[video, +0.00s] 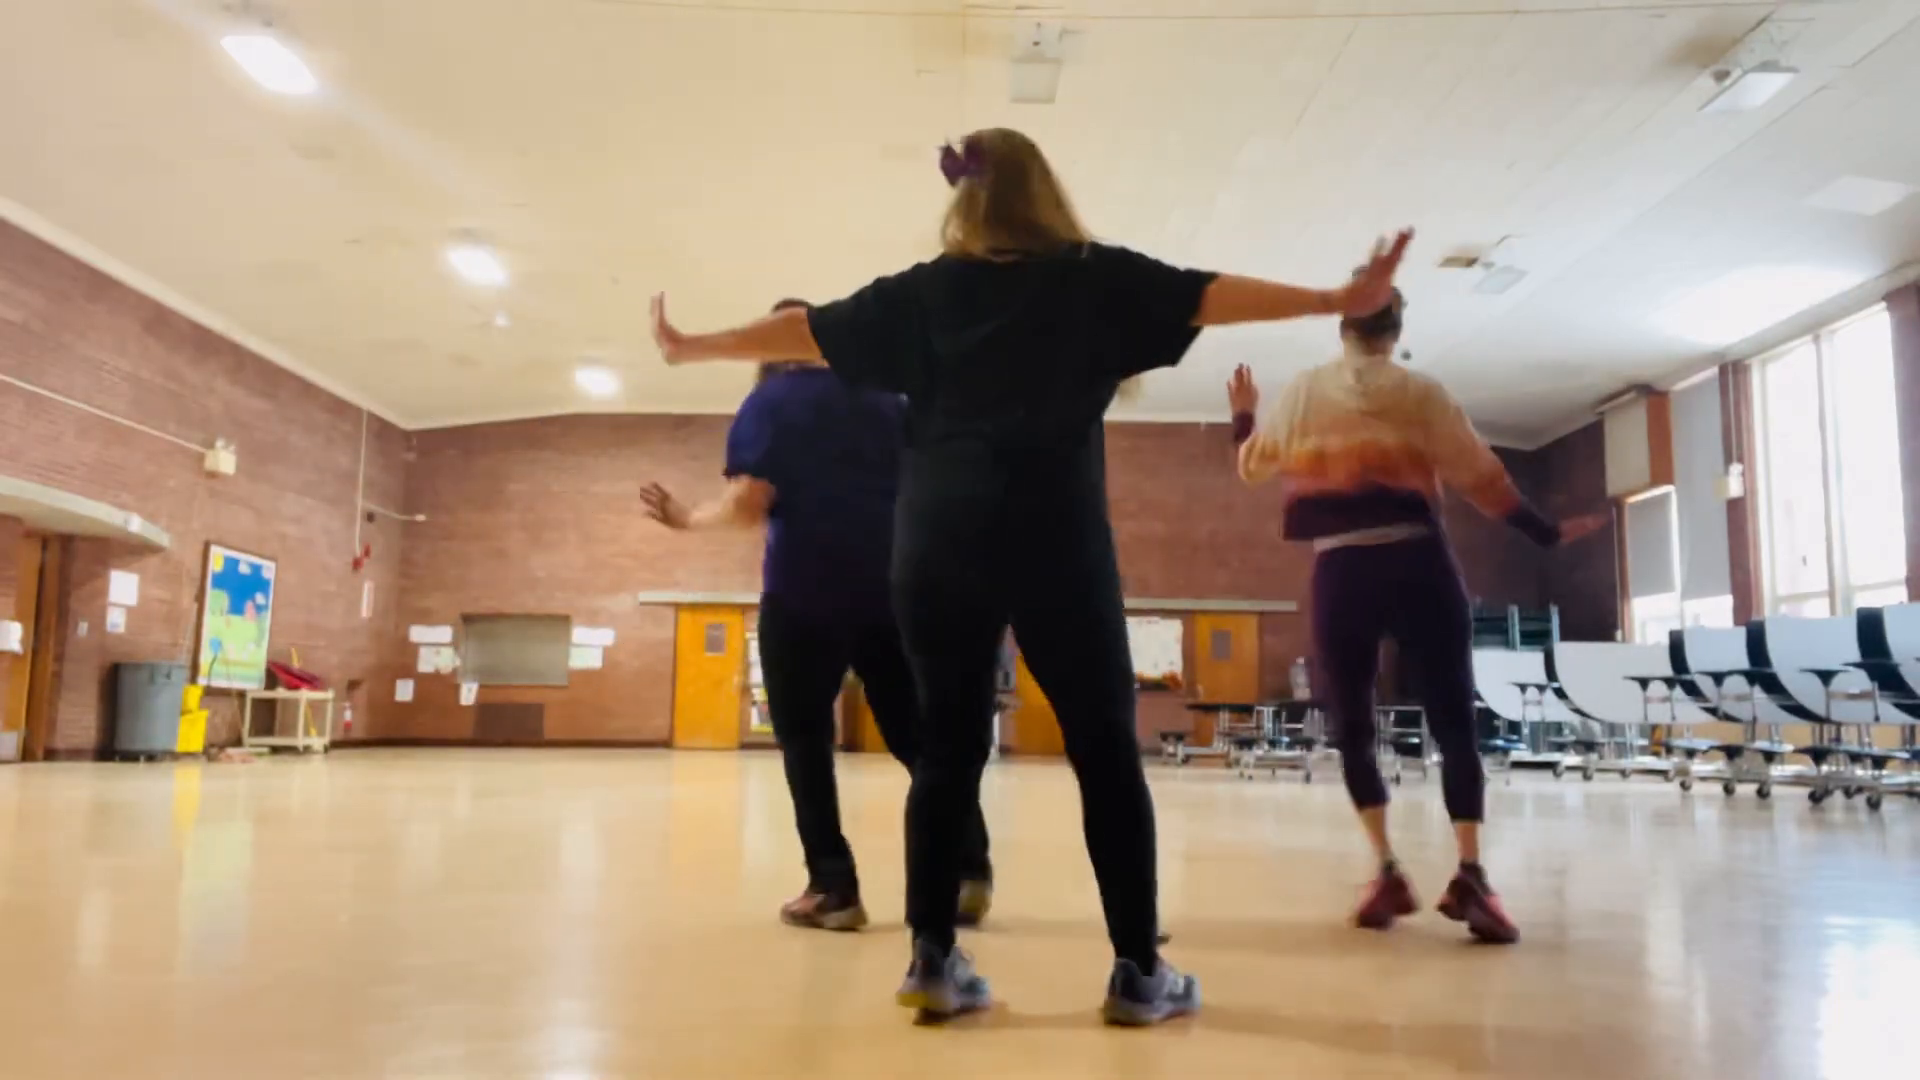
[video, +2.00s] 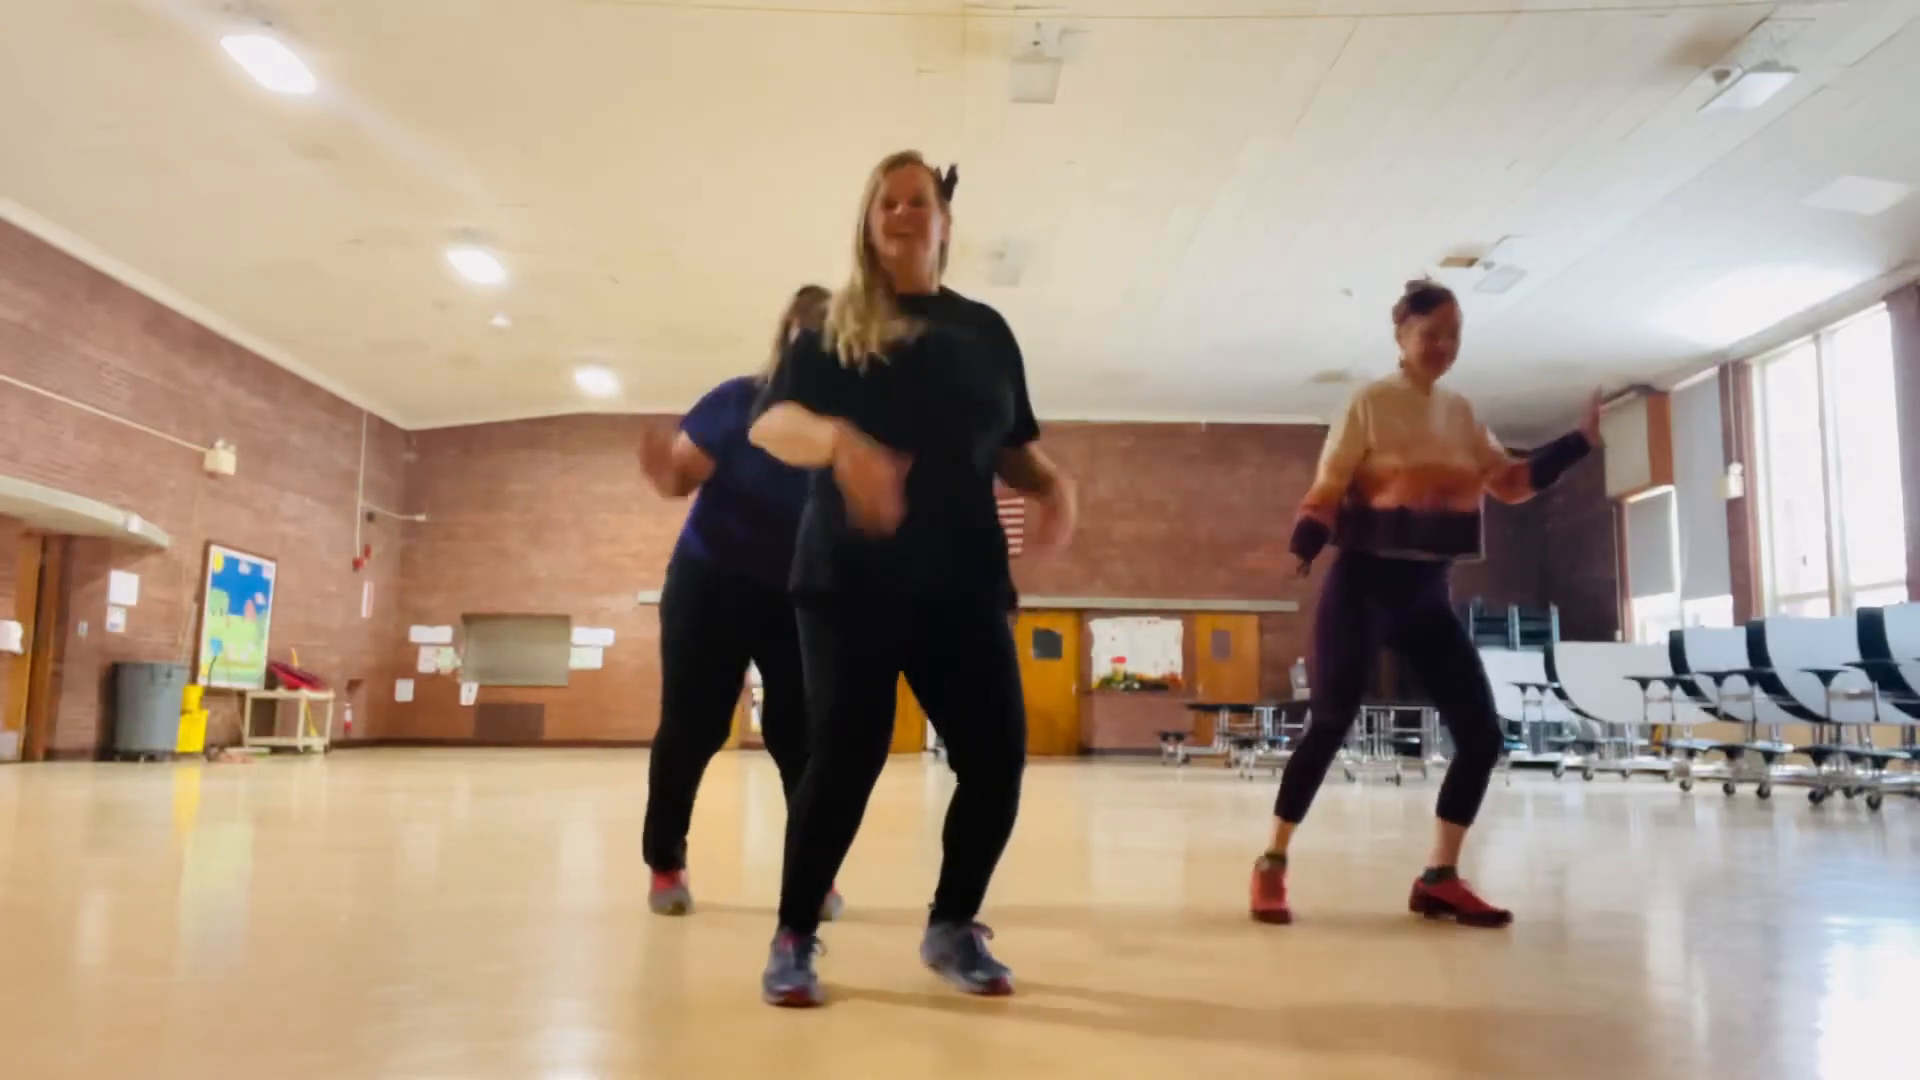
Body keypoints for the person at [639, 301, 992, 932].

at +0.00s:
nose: (763, 354)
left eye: (769, 344)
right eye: (771, 339)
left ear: (775, 350)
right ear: (832, 343)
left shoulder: (770, 402)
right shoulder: (885, 396)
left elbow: (751, 501)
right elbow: (909, 479)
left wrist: (685, 516)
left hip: (803, 596)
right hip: (882, 591)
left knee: (805, 744)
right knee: (916, 735)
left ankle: (834, 887)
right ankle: (971, 865)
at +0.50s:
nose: (750, 345)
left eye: (759, 332)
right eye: (749, 334)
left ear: (795, 333)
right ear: (787, 337)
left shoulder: (840, 403)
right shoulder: (807, 409)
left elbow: (846, 502)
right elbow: (823, 499)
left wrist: (753, 508)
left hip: (838, 593)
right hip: (832, 592)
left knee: (788, 725)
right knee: (852, 725)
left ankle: (848, 882)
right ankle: (915, 858)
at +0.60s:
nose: (754, 339)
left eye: (764, 325)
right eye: (751, 329)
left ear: (802, 326)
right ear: (760, 339)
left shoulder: (842, 393)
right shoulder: (798, 404)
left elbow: (875, 488)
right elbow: (800, 492)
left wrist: (784, 526)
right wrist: (735, 481)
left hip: (844, 580)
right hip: (810, 580)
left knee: (819, 720)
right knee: (783, 710)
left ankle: (850, 884)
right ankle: (879, 819)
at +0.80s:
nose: (765, 332)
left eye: (777, 319)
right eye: (758, 321)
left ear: (810, 325)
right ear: (753, 335)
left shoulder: (856, 398)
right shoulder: (765, 412)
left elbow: (909, 486)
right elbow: (754, 491)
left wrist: (863, 539)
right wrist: (691, 439)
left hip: (840, 584)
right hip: (771, 582)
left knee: (820, 723)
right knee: (754, 709)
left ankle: (852, 882)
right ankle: (787, 835)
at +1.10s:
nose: (796, 337)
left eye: (808, 326)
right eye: (785, 328)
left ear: (837, 333)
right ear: (773, 338)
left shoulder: (867, 405)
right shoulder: (753, 407)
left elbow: (910, 475)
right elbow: (691, 471)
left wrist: (892, 500)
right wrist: (667, 413)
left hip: (832, 589)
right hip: (752, 582)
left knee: (812, 728)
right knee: (708, 706)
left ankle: (833, 877)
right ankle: (741, 824)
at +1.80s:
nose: (819, 364)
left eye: (829, 352)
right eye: (809, 350)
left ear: (840, 360)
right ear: (786, 352)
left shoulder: (848, 422)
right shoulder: (740, 405)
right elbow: (682, 486)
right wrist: (684, 458)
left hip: (803, 591)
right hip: (719, 582)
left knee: (797, 736)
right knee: (706, 730)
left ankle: (815, 877)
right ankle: (668, 866)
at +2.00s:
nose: (812, 349)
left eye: (824, 339)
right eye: (804, 334)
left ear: (842, 349)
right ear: (785, 336)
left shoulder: (844, 426)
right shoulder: (741, 401)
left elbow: (863, 518)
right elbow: (680, 480)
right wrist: (666, 462)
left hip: (795, 596)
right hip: (712, 585)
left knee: (801, 736)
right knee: (692, 728)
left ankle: (816, 878)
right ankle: (665, 864)